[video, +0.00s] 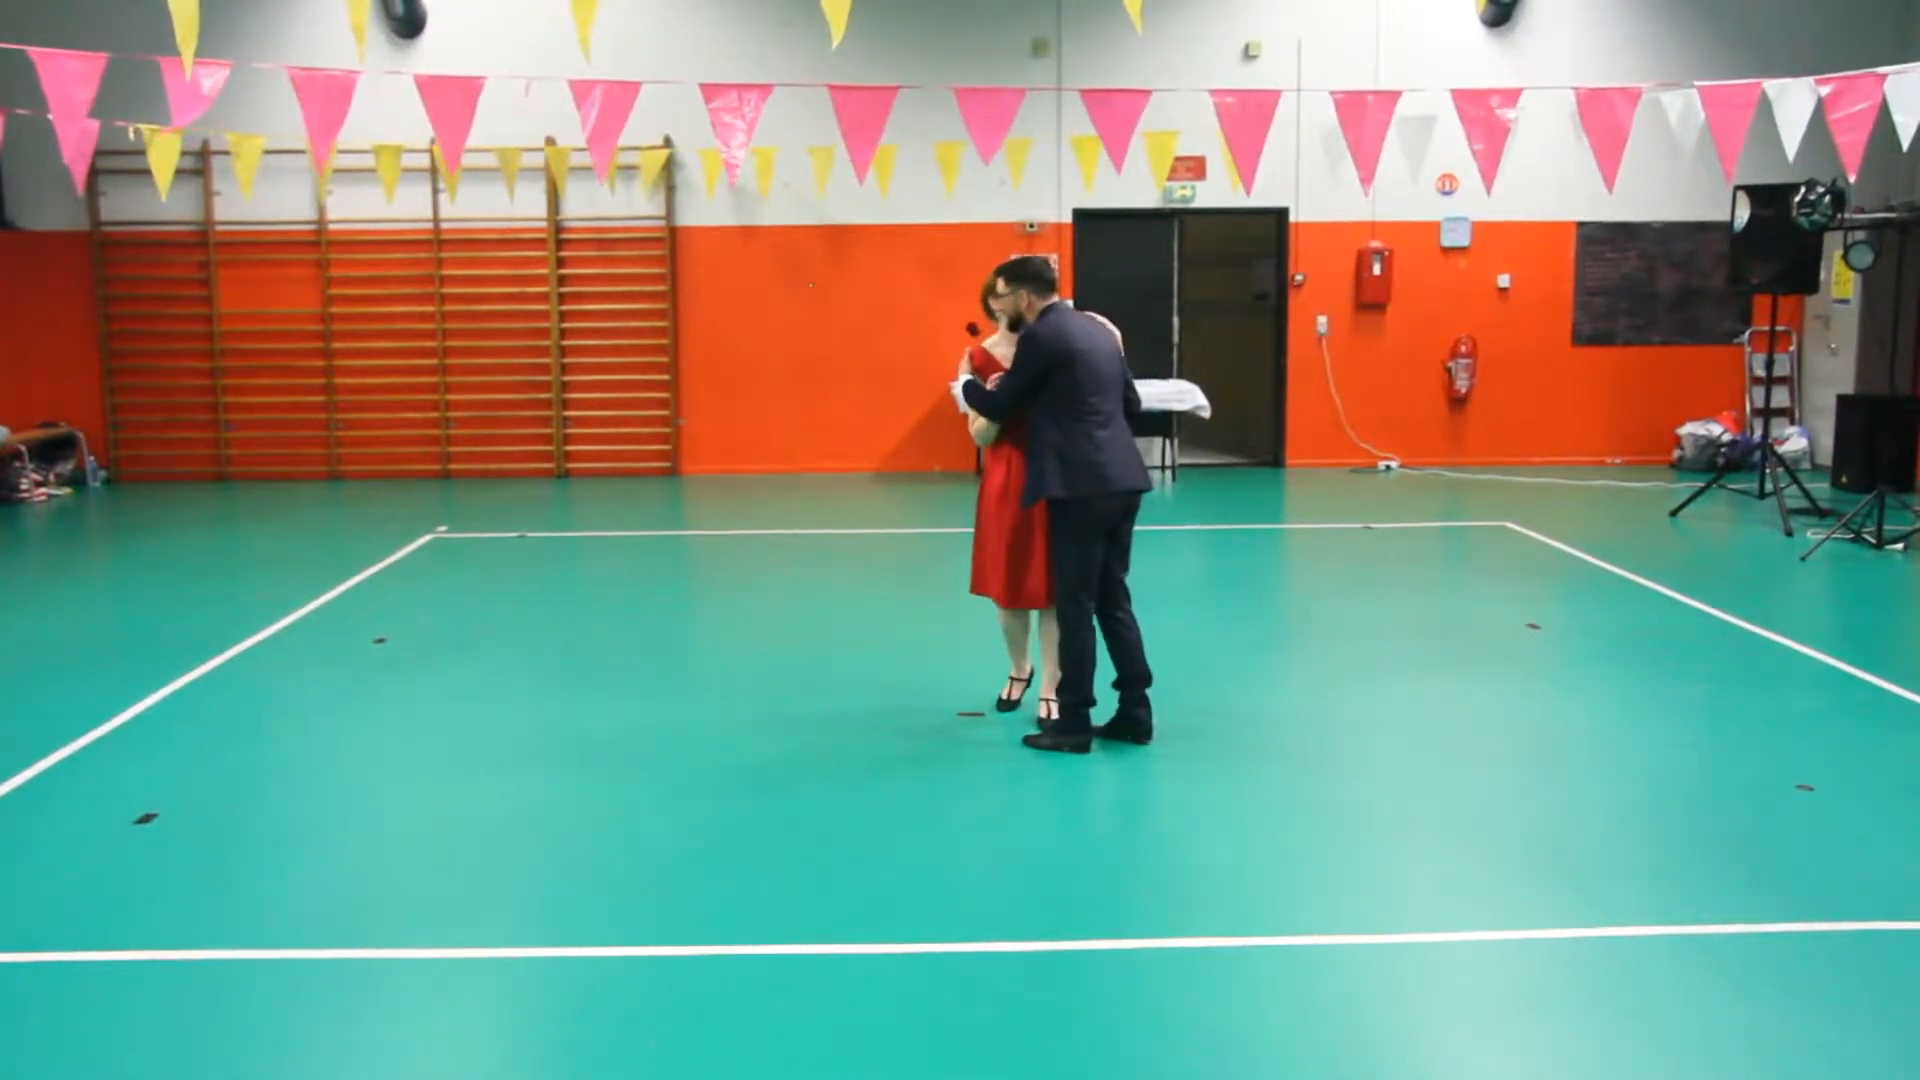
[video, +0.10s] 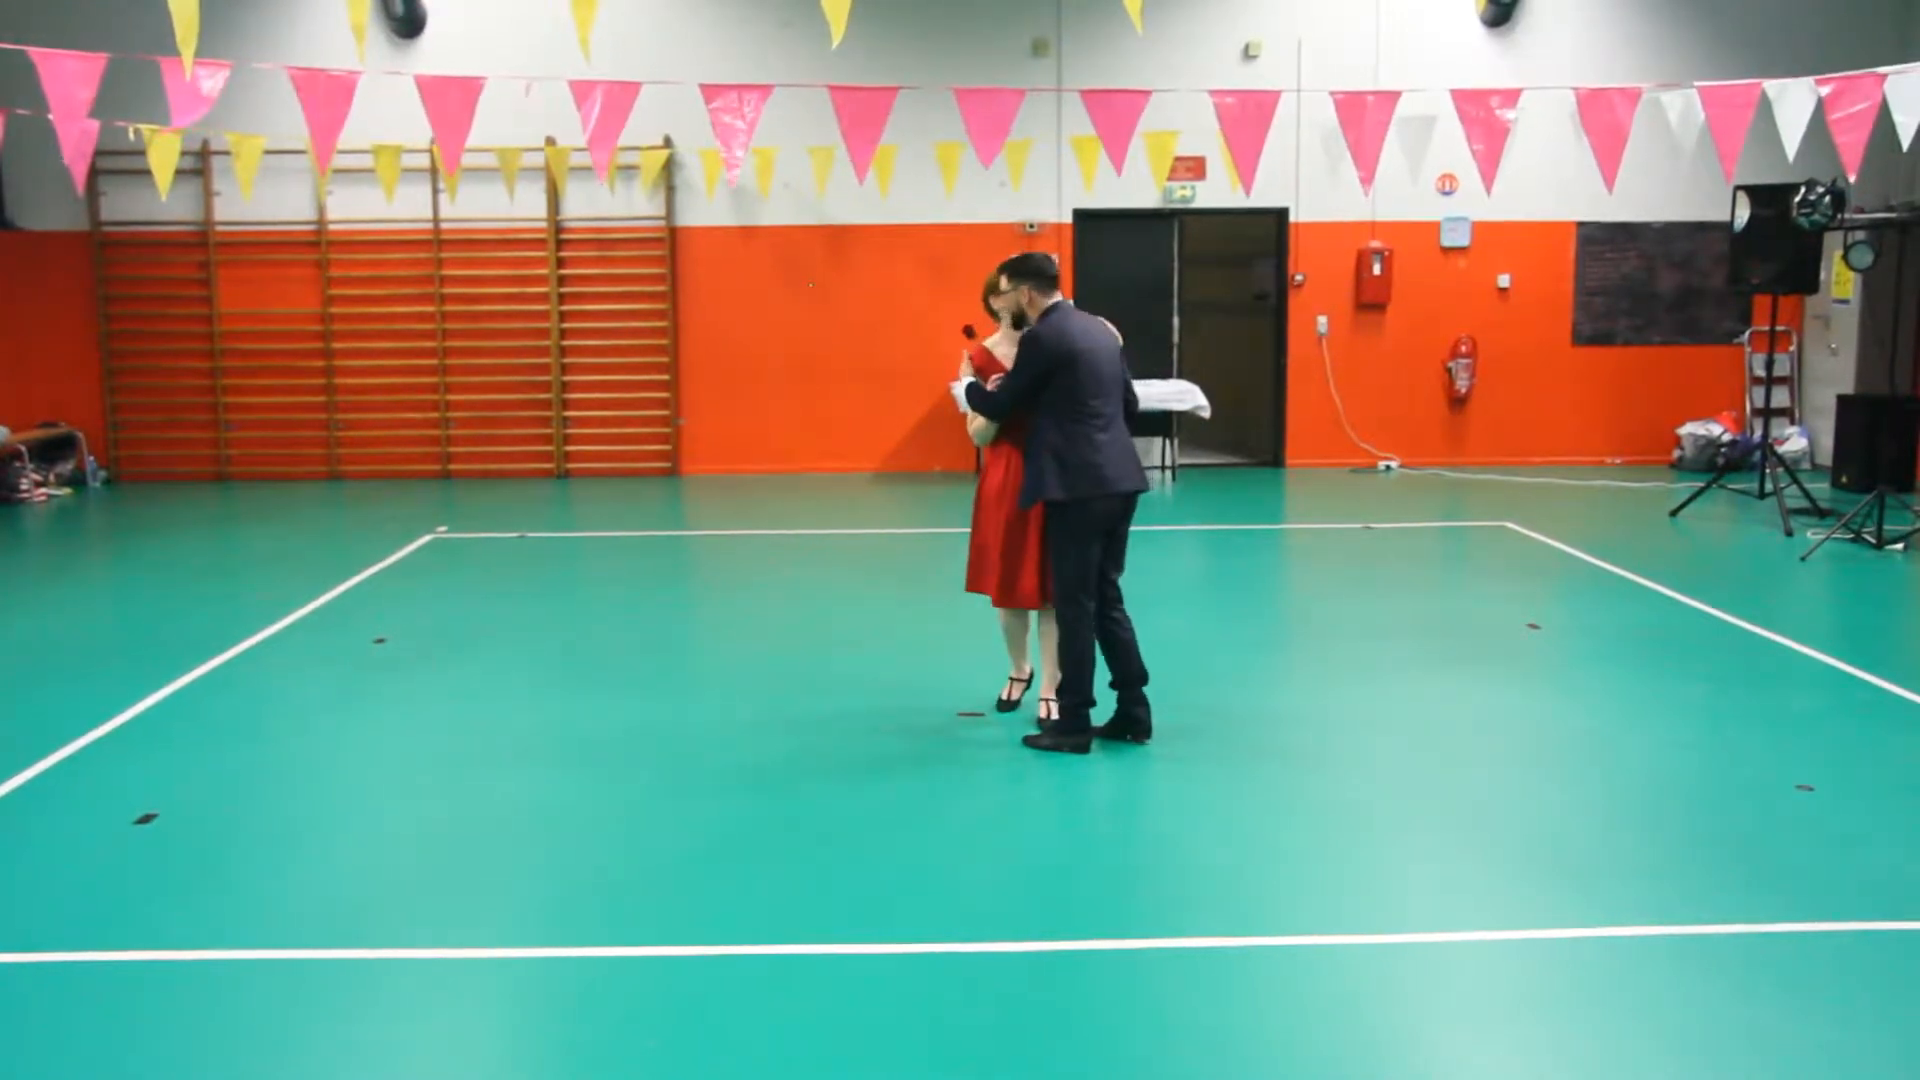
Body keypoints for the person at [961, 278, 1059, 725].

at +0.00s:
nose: (1003, 301)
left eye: (1010, 292)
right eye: (996, 294)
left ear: (1026, 296)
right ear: (988, 301)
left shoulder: (1053, 348)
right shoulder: (980, 355)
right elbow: (981, 432)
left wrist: (1112, 343)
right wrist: (1004, 388)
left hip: (1055, 473)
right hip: (1004, 475)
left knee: (1054, 588)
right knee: (1008, 585)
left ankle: (1051, 687)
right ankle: (1019, 670)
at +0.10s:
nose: (1012, 298)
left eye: (1016, 288)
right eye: (1003, 290)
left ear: (1028, 292)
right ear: (992, 299)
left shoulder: (1056, 346)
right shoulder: (980, 354)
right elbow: (979, 432)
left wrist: (1104, 342)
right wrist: (1005, 387)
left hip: (1055, 472)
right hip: (1004, 473)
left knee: (1053, 586)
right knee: (1007, 581)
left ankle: (1051, 686)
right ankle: (1018, 670)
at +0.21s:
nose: (1024, 297)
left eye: (1025, 288)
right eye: (1013, 290)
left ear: (1033, 294)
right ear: (994, 300)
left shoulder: (1057, 346)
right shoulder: (983, 354)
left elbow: (1075, 408)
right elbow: (979, 428)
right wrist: (1006, 388)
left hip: (1055, 471)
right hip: (1004, 472)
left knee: (1053, 586)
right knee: (1009, 583)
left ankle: (1051, 686)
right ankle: (1019, 669)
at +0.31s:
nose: (1024, 294)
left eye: (1028, 286)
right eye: (1014, 288)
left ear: (1040, 291)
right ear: (997, 298)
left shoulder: (1060, 346)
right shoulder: (984, 354)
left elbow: (1075, 406)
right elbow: (979, 427)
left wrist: (1013, 384)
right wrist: (1012, 386)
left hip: (1056, 472)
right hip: (1005, 474)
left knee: (1055, 586)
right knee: (1010, 582)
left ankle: (1051, 688)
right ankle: (1019, 669)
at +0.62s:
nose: (1018, 297)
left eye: (1025, 288)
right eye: (1009, 292)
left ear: (1038, 293)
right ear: (994, 301)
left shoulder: (1061, 342)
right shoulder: (983, 354)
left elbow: (1080, 401)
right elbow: (972, 423)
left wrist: (1035, 393)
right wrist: (994, 405)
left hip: (1054, 472)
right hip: (1002, 474)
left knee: (1055, 589)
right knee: (994, 585)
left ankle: (1052, 689)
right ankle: (987, 664)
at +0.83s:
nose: (1008, 294)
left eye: (1014, 286)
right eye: (998, 289)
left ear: (1026, 292)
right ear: (982, 299)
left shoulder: (1053, 336)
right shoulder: (972, 353)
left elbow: (1080, 392)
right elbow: (957, 428)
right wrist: (988, 413)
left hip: (1044, 471)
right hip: (988, 473)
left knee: (1047, 592)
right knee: (974, 588)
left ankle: (1050, 692)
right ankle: (955, 684)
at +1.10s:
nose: (989, 292)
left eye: (997, 285)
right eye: (980, 286)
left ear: (1010, 292)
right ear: (965, 295)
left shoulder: (1031, 338)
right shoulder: (951, 349)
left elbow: (1082, 379)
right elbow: (934, 423)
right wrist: (968, 414)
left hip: (1021, 470)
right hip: (965, 473)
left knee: (1031, 590)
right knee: (956, 587)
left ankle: (1046, 691)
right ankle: (956, 686)